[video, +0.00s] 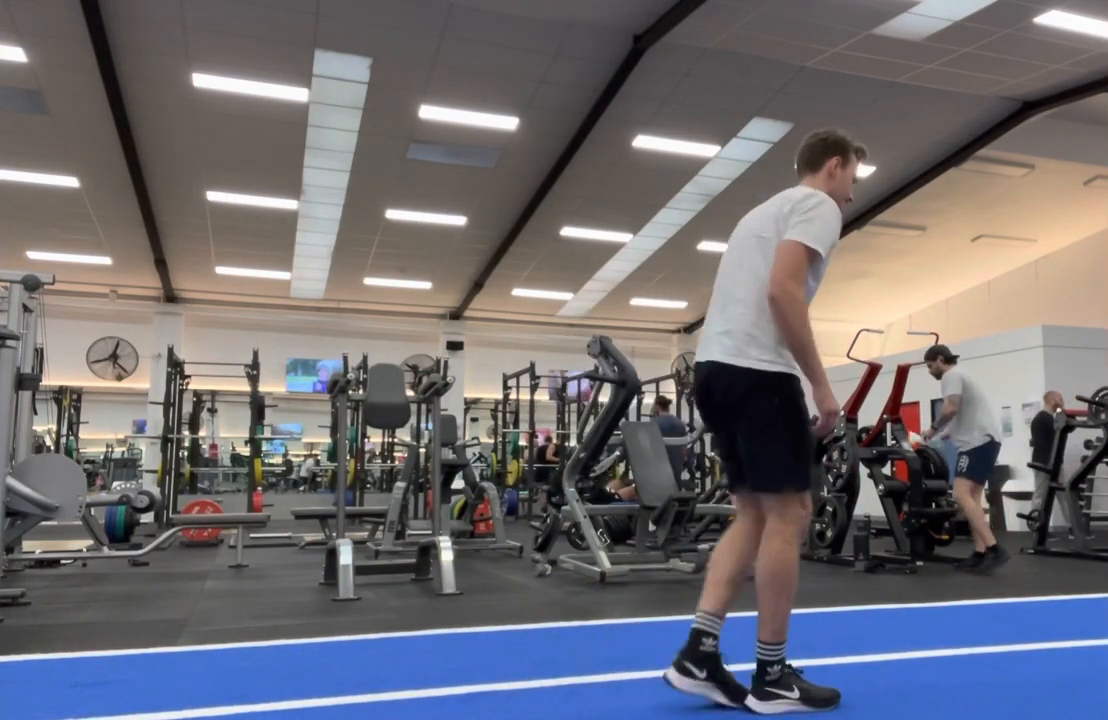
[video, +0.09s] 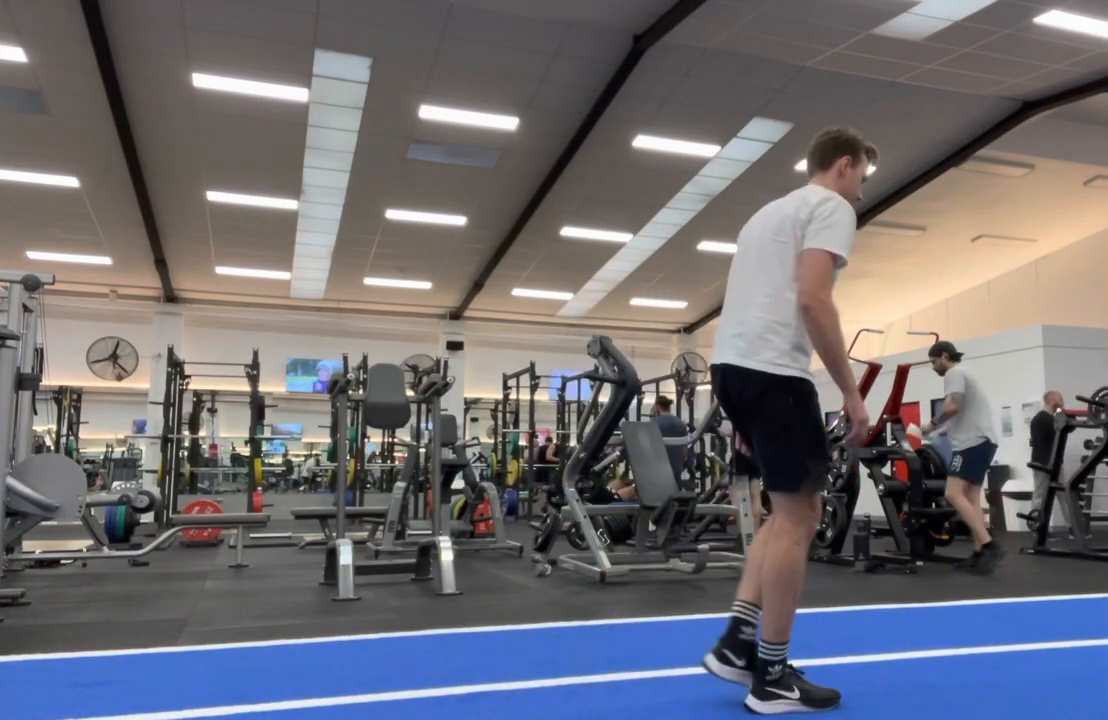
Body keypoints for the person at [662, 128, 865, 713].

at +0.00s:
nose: (852, 190)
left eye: (855, 181)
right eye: (853, 179)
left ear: (807, 167)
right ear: (835, 167)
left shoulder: (759, 215)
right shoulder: (817, 204)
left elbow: (735, 306)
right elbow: (784, 289)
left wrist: (791, 385)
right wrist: (821, 386)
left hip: (716, 373)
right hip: (759, 373)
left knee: (751, 514)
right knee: (789, 515)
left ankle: (699, 650)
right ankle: (772, 671)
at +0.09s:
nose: (860, 188)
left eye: (862, 179)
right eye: (861, 177)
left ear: (816, 166)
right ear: (846, 166)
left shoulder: (765, 216)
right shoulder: (832, 205)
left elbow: (743, 316)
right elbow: (813, 297)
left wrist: (735, 406)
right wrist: (850, 392)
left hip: (734, 371)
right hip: (774, 372)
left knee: (786, 511)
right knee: (798, 517)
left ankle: (738, 639)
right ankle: (772, 673)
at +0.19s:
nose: (873, 184)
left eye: (876, 176)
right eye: (874, 174)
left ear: (828, 165)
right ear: (856, 163)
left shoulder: (774, 213)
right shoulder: (847, 202)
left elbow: (752, 307)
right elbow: (836, 295)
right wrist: (874, 386)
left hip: (748, 369)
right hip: (788, 371)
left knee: (815, 507)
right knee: (794, 517)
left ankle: (798, 652)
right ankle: (770, 674)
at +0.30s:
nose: (885, 190)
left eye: (887, 181)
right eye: (886, 179)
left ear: (839, 169)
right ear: (870, 169)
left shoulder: (783, 219)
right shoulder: (860, 206)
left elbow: (748, 315)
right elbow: (851, 298)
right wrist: (892, 393)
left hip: (758, 373)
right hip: (801, 373)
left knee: (820, 514)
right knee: (809, 520)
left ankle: (832, 657)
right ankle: (773, 671)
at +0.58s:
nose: (936, 261)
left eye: (942, 254)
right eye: (940, 251)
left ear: (904, 224)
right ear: (927, 231)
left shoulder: (844, 246)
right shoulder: (906, 248)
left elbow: (796, 332)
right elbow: (872, 323)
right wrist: (878, 422)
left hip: (768, 372)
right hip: (818, 371)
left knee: (824, 513)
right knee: (877, 503)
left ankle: (833, 664)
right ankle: (892, 659)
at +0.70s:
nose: (953, 300)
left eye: (959, 293)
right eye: (958, 287)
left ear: (923, 256)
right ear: (947, 266)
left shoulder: (868, 270)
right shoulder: (923, 276)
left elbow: (804, 355)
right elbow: (882, 353)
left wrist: (785, 448)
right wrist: (874, 447)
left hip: (770, 370)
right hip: (817, 373)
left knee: (824, 519)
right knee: (866, 513)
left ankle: (833, 664)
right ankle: (913, 661)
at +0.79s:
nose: (960, 344)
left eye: (968, 338)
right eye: (967, 333)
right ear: (961, 309)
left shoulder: (888, 306)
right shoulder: (937, 310)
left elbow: (839, 399)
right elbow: (893, 387)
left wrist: (791, 478)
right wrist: (877, 479)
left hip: (772, 370)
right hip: (816, 379)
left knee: (827, 519)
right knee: (861, 518)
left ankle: (833, 664)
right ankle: (911, 665)